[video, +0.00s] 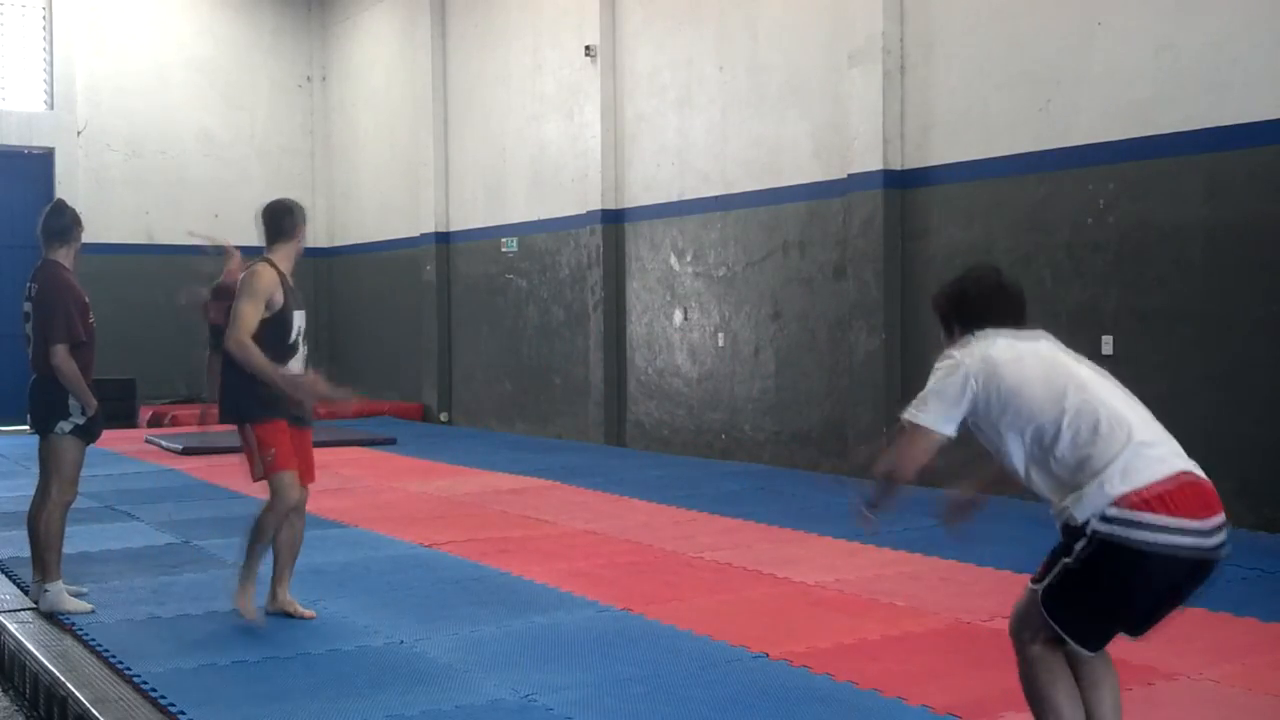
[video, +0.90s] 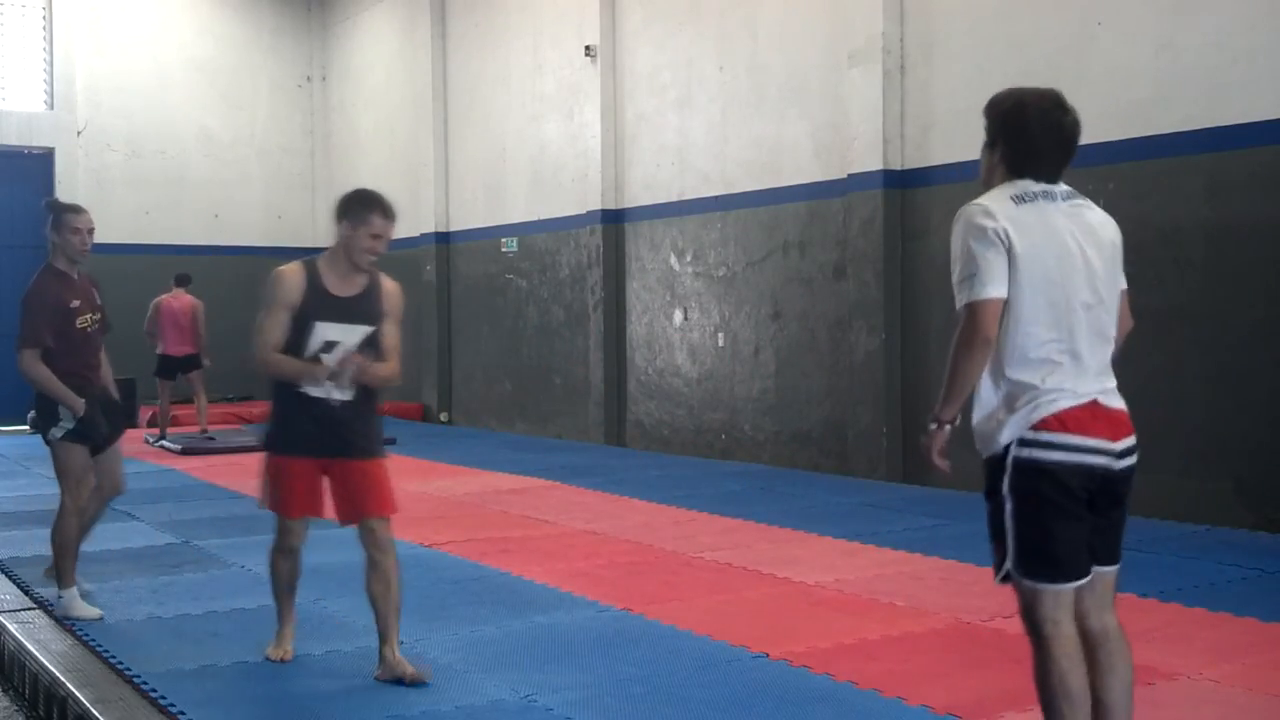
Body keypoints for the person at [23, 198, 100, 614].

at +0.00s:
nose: (84, 236)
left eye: (79, 230)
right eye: (83, 230)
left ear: (45, 235)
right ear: (78, 234)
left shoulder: (41, 277)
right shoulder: (60, 284)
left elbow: (40, 349)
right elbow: (59, 355)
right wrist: (89, 400)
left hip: (48, 393)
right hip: (64, 397)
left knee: (47, 491)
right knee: (61, 495)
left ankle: (43, 579)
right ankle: (51, 589)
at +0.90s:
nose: (87, 239)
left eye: (90, 232)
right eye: (77, 232)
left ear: (90, 236)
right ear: (55, 235)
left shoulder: (85, 282)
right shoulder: (43, 288)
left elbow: (96, 347)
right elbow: (28, 361)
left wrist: (114, 397)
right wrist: (79, 405)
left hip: (94, 398)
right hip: (61, 405)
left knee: (111, 485)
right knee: (77, 492)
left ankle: (58, 561)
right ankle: (67, 593)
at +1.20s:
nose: (83, 238)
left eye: (90, 230)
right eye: (74, 231)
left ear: (99, 233)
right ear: (60, 234)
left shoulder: (115, 282)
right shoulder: (46, 288)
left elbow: (129, 341)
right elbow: (19, 357)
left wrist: (138, 392)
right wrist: (60, 406)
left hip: (119, 403)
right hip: (70, 408)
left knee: (144, 494)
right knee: (70, 505)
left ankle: (147, 588)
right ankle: (67, 596)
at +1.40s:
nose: (104, 241)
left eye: (112, 234)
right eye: (96, 234)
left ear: (122, 237)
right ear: (81, 237)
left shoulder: (141, 288)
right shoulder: (62, 293)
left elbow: (154, 349)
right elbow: (33, 360)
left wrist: (158, 400)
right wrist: (67, 410)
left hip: (136, 409)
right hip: (85, 413)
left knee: (161, 502)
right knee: (79, 510)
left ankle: (179, 599)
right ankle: (70, 595)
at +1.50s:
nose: (119, 241)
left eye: (127, 234)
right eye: (110, 234)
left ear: (137, 238)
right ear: (97, 237)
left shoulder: (157, 291)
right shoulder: (74, 294)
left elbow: (173, 356)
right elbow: (46, 364)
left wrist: (172, 412)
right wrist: (78, 413)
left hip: (151, 412)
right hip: (95, 414)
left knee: (167, 508)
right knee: (86, 512)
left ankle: (178, 606)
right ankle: (72, 591)